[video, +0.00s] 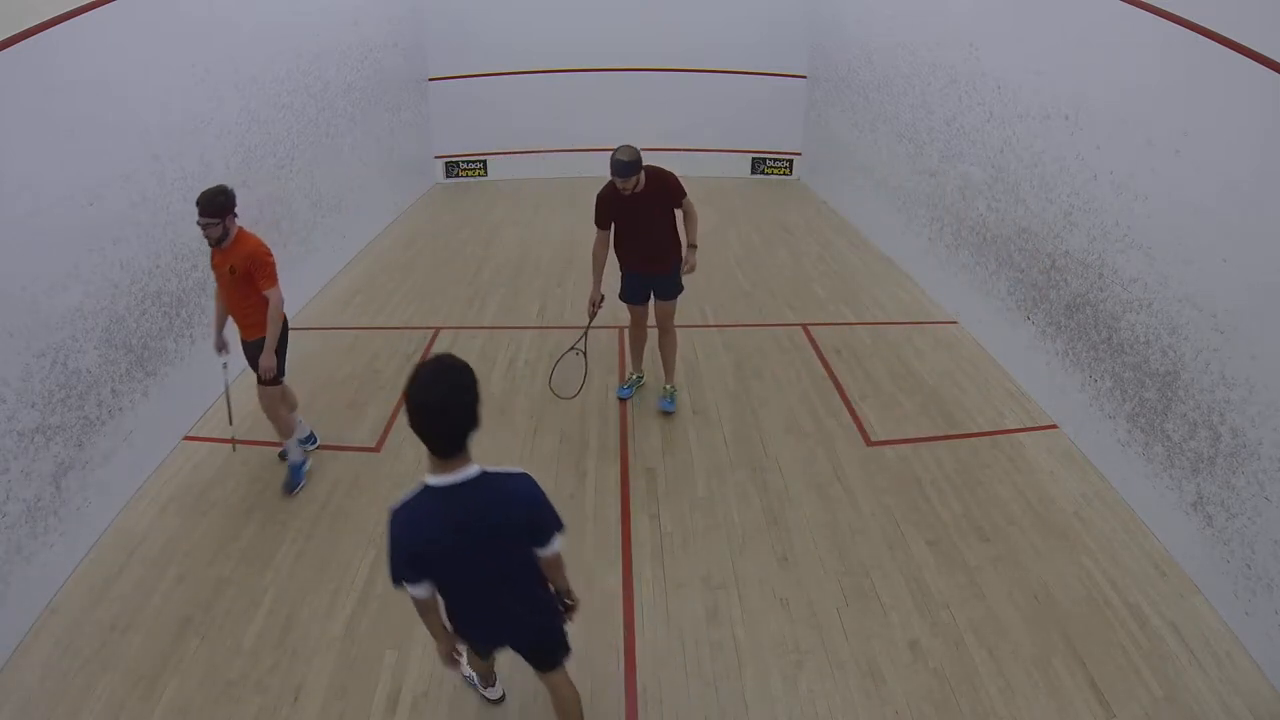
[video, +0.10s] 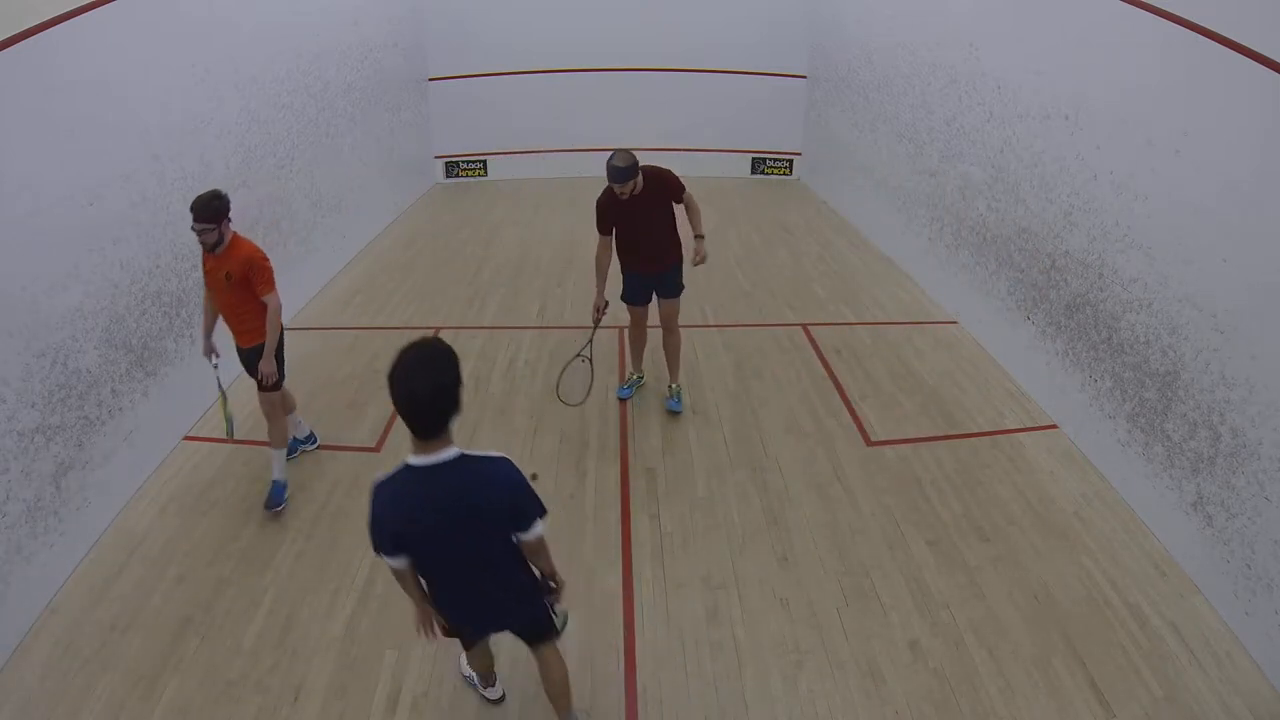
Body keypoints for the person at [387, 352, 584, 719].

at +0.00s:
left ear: (413, 424)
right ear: (476, 415)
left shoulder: (409, 519)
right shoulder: (518, 488)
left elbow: (423, 599)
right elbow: (550, 558)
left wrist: (442, 639)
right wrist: (565, 594)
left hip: (473, 621)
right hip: (530, 609)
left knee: (481, 656)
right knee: (558, 679)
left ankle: (489, 688)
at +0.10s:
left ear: (397, 409)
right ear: (458, 399)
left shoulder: (389, 495)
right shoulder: (497, 472)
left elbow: (400, 567)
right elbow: (532, 541)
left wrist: (421, 603)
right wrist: (550, 574)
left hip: (457, 603)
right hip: (514, 589)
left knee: (475, 646)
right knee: (545, 647)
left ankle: (489, 688)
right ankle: (568, 714)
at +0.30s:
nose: (442, 379)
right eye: (441, 374)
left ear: (384, 389)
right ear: (436, 388)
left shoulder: (371, 464)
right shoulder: (471, 453)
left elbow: (371, 523)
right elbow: (508, 520)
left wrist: (392, 544)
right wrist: (530, 555)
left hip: (438, 575)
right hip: (492, 562)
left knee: (469, 630)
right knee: (517, 612)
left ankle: (488, 685)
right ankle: (530, 680)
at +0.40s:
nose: (439, 371)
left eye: (437, 363)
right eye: (437, 365)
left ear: (381, 378)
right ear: (432, 378)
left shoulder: (367, 451)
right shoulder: (464, 444)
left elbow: (367, 510)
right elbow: (501, 514)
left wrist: (392, 523)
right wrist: (522, 553)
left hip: (432, 567)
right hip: (484, 555)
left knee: (467, 626)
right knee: (501, 600)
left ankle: (488, 684)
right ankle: (509, 651)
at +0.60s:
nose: (439, 356)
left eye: (437, 348)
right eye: (438, 349)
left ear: (385, 359)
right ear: (431, 362)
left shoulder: (368, 428)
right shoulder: (459, 424)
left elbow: (366, 487)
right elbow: (490, 501)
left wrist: (397, 506)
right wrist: (508, 546)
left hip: (424, 544)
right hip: (471, 534)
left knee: (460, 611)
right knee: (482, 574)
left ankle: (486, 680)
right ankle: (484, 594)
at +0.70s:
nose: (442, 350)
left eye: (437, 340)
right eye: (441, 343)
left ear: (388, 349)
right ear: (434, 354)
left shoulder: (370, 417)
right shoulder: (462, 413)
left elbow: (362, 476)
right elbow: (485, 490)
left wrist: (386, 507)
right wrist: (503, 535)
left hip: (421, 533)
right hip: (470, 521)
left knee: (455, 601)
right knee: (476, 558)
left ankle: (484, 674)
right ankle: (478, 585)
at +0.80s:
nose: (446, 335)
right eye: (445, 329)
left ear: (394, 337)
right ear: (440, 343)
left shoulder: (374, 402)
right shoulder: (464, 399)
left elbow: (362, 465)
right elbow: (483, 473)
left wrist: (387, 508)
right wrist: (498, 520)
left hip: (421, 514)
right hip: (467, 504)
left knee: (445, 581)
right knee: (474, 542)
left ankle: (475, 658)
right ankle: (478, 583)